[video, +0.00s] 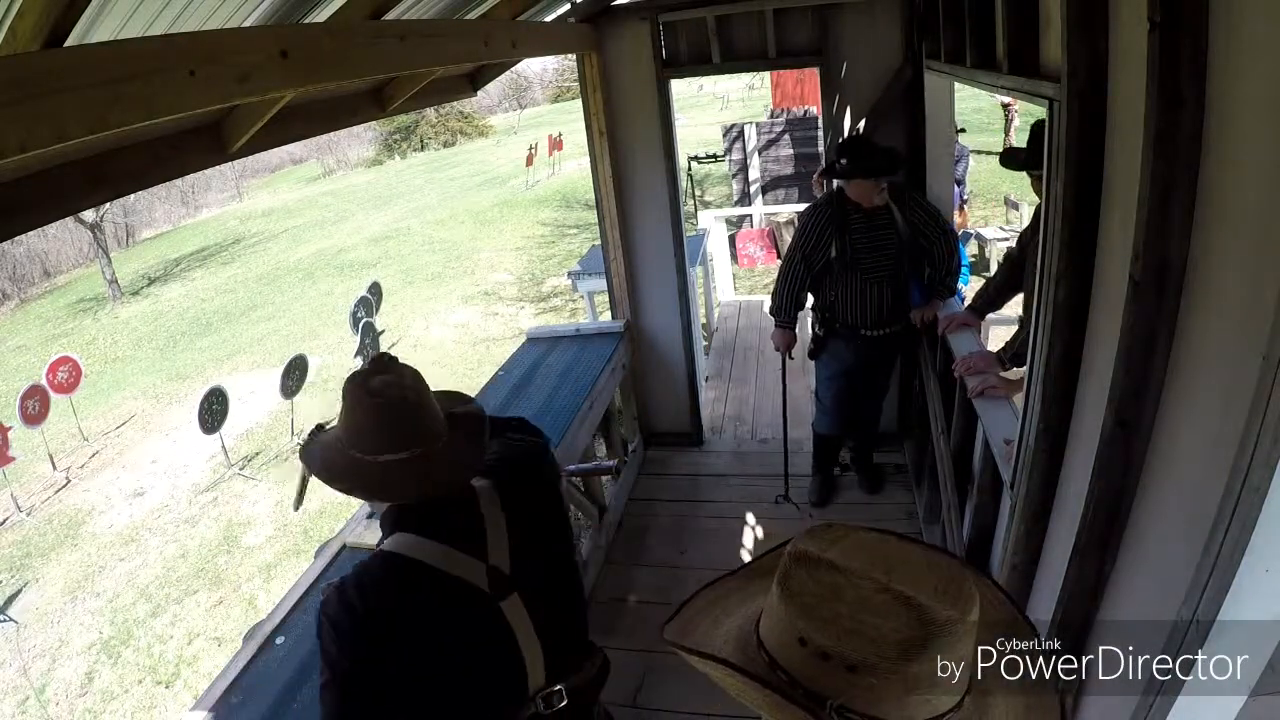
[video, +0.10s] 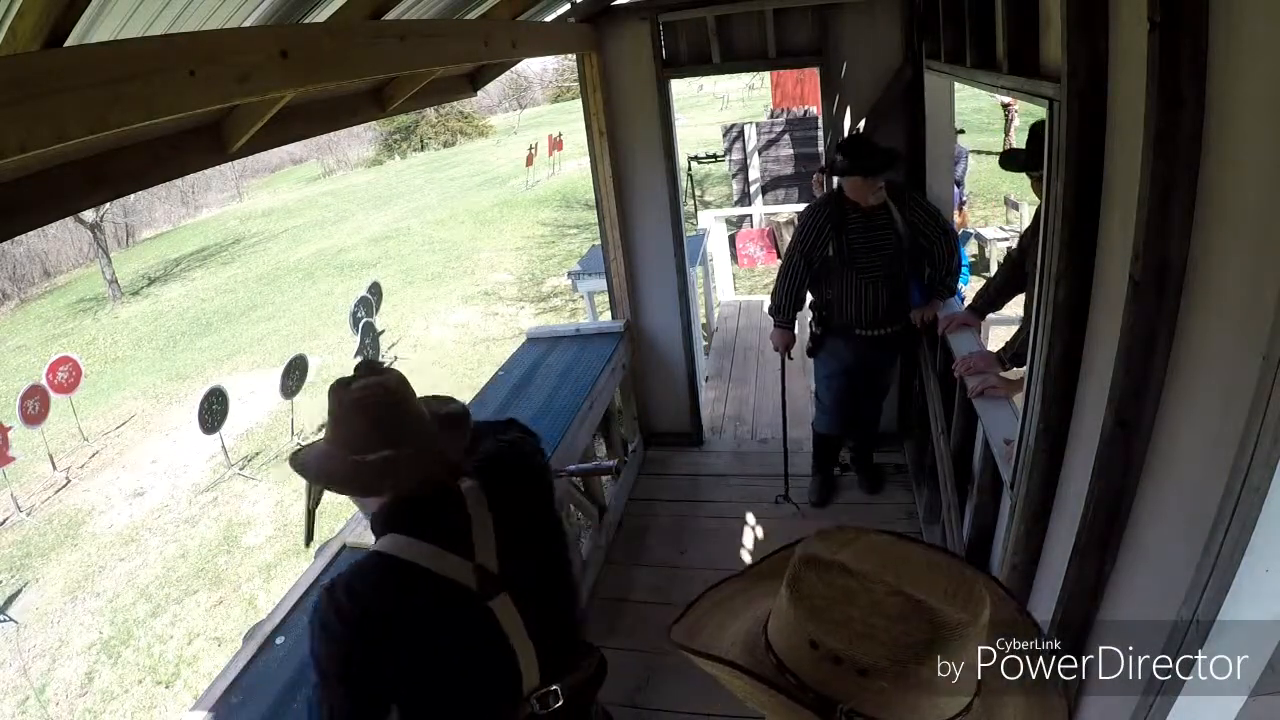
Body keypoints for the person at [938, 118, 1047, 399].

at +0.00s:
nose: (1032, 183)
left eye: (1037, 175)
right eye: (1031, 174)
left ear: (1058, 174)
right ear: (1033, 172)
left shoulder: (1066, 224)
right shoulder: (1046, 212)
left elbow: (1053, 306)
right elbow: (1018, 261)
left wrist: (1004, 357)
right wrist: (976, 310)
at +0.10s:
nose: (1033, 184)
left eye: (1037, 175)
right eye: (1031, 175)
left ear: (1057, 175)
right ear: (1033, 172)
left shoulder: (1067, 224)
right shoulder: (1048, 213)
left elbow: (1053, 305)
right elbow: (1019, 263)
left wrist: (1005, 357)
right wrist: (977, 310)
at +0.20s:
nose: (1034, 183)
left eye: (1038, 175)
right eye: (1032, 175)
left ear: (1058, 174)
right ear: (1033, 172)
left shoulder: (1067, 223)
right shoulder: (1050, 214)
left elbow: (1053, 305)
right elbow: (1020, 262)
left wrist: (1003, 357)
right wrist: (976, 310)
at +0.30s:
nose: (1034, 183)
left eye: (1039, 174)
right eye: (1032, 174)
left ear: (1058, 174)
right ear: (1033, 172)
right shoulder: (1050, 213)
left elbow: (1054, 305)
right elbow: (1020, 261)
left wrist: (1004, 357)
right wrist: (976, 310)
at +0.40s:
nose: (1035, 183)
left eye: (1039, 174)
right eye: (1033, 174)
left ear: (1058, 174)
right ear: (1034, 172)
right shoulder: (1050, 214)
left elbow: (1054, 305)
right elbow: (1020, 262)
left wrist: (1005, 357)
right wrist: (976, 310)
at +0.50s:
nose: (1035, 183)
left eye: (1040, 175)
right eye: (1033, 174)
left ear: (1059, 174)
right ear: (1033, 173)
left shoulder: (1071, 226)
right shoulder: (1050, 215)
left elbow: (1054, 306)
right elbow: (1020, 262)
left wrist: (1005, 357)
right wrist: (976, 310)